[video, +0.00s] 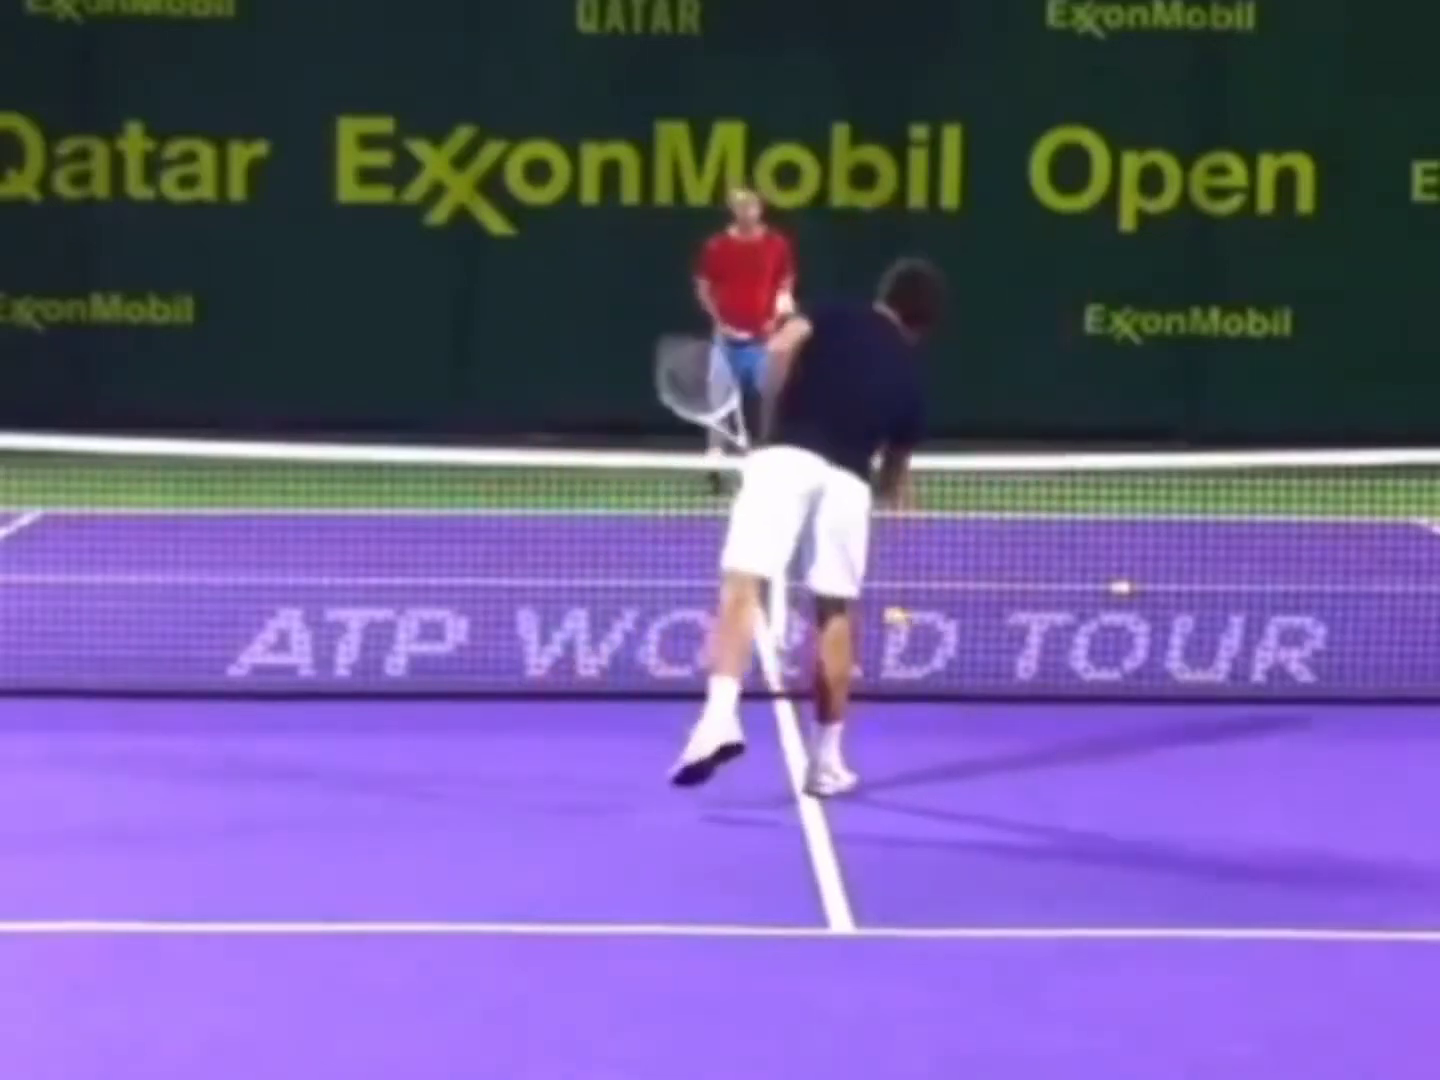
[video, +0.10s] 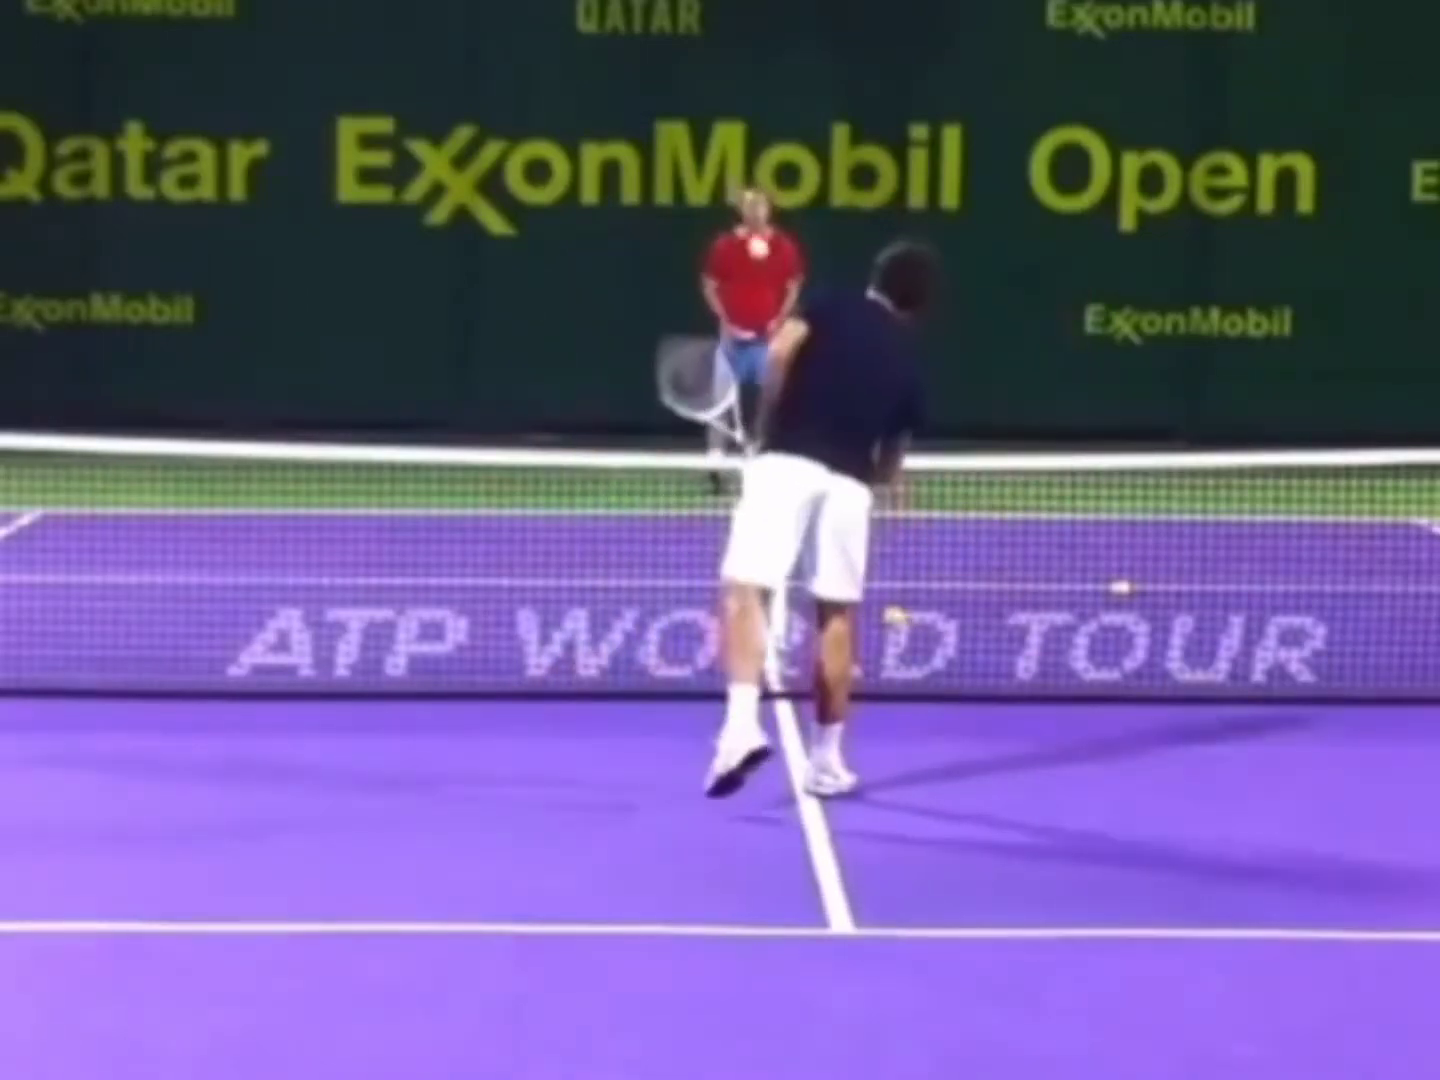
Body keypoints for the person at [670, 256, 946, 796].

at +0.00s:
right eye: (922, 319)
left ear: (880, 297)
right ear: (926, 325)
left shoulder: (837, 315)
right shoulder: (910, 377)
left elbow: (781, 347)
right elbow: (895, 468)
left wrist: (771, 427)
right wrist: (883, 492)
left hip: (784, 460)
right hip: (847, 484)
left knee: (742, 586)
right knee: (835, 616)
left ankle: (720, 713)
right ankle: (828, 757)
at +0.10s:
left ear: (874, 280)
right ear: (921, 305)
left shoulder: (829, 304)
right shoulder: (909, 361)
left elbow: (778, 352)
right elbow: (890, 458)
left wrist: (768, 422)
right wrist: (867, 474)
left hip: (784, 465)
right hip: (849, 485)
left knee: (745, 590)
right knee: (836, 618)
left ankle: (742, 723)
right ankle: (827, 757)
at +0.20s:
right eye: (909, 283)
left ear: (863, 267)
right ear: (911, 291)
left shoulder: (815, 302)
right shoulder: (905, 352)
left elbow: (774, 359)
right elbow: (900, 446)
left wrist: (756, 426)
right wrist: (871, 474)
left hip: (782, 473)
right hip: (848, 490)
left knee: (748, 604)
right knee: (838, 621)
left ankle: (760, 732)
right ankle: (828, 756)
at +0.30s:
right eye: (891, 277)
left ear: (844, 269)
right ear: (897, 286)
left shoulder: (806, 311)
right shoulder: (903, 350)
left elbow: (762, 381)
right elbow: (906, 453)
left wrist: (753, 439)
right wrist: (865, 472)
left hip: (778, 488)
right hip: (847, 501)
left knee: (750, 621)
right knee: (841, 628)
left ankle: (767, 740)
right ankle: (829, 757)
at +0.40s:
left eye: (835, 265)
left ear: (824, 273)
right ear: (874, 285)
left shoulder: (778, 333)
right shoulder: (887, 350)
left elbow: (738, 418)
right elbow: (911, 445)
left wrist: (753, 457)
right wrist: (873, 468)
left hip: (775, 505)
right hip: (846, 512)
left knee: (757, 637)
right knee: (843, 631)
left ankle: (781, 757)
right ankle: (832, 758)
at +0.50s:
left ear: (800, 278)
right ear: (852, 282)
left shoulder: (765, 337)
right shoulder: (874, 345)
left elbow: (726, 429)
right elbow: (906, 439)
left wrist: (764, 462)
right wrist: (867, 472)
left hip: (768, 505)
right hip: (840, 514)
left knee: (760, 642)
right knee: (841, 634)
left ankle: (783, 774)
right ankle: (840, 760)